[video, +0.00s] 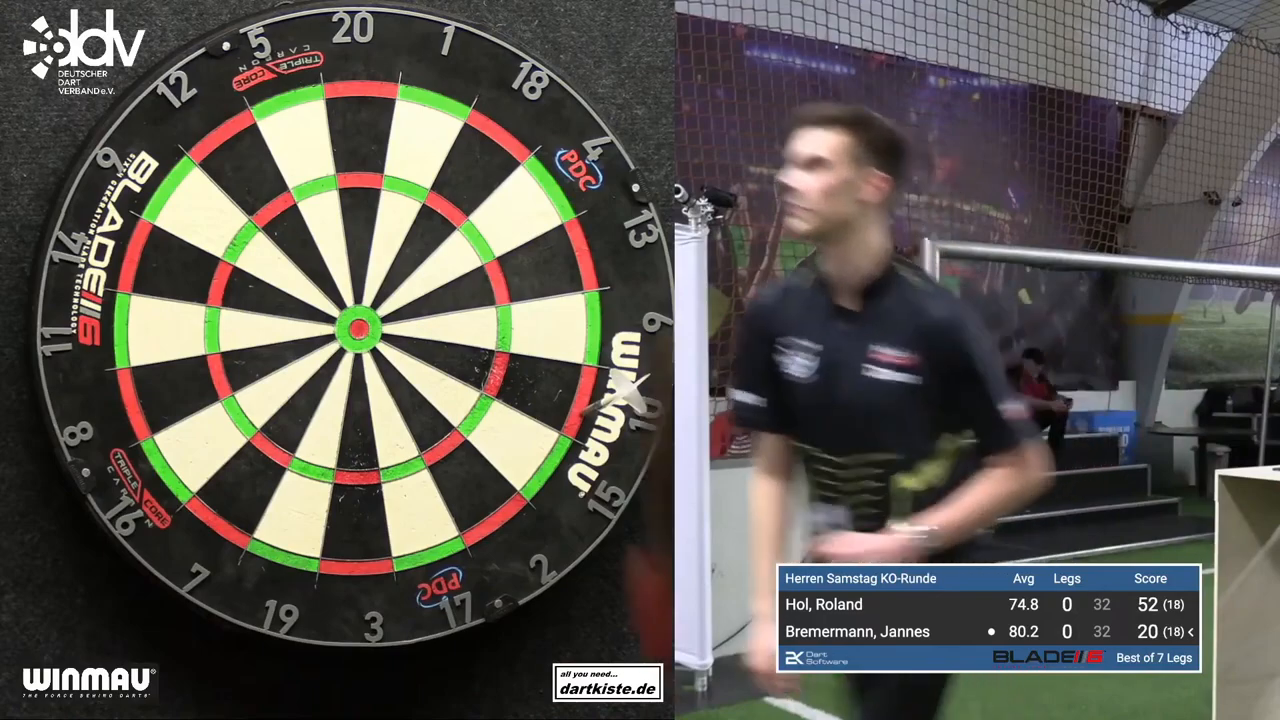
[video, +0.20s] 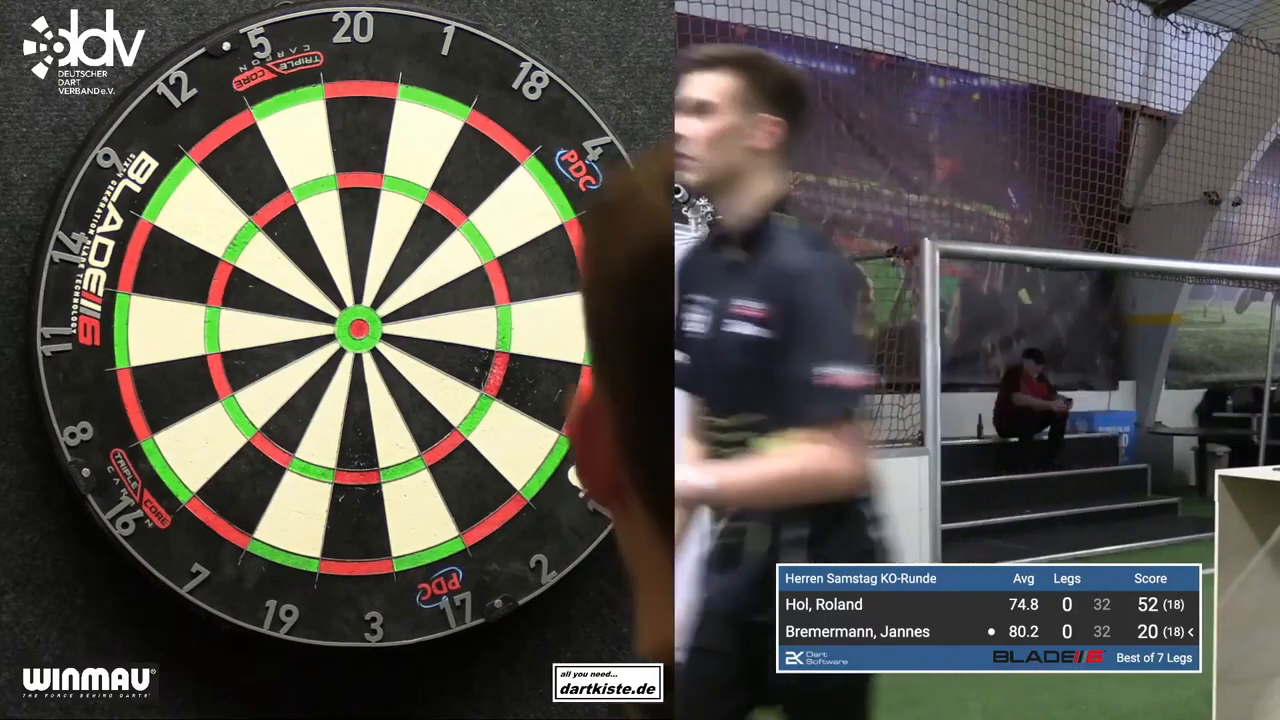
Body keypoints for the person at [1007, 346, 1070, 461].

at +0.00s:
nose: (1039, 369)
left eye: (1041, 365)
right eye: (1037, 365)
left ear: (1040, 365)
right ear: (1028, 363)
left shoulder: (1041, 378)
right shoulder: (1017, 376)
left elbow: (1051, 394)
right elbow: (1022, 399)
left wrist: (1062, 401)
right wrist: (1051, 405)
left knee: (1061, 413)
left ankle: (1054, 453)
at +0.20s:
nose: (1039, 369)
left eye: (1040, 366)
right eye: (1036, 365)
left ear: (1042, 366)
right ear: (1026, 362)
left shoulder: (1041, 379)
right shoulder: (1013, 374)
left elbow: (1052, 396)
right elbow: (1017, 399)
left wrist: (1063, 402)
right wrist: (1050, 405)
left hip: (1030, 419)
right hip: (1007, 422)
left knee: (1060, 412)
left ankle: (1052, 456)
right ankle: (1025, 460)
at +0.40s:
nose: (1038, 369)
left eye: (1040, 366)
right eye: (1036, 365)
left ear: (1042, 366)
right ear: (1026, 362)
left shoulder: (1040, 379)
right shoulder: (1013, 375)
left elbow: (1051, 396)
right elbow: (1017, 399)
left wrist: (1063, 402)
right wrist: (1050, 405)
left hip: (1030, 419)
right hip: (1007, 422)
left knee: (1060, 413)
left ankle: (1052, 457)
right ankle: (1025, 461)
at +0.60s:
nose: (1038, 369)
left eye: (1040, 366)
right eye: (1035, 365)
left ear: (1041, 366)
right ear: (1026, 362)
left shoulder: (1041, 379)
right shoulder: (1013, 375)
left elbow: (1052, 396)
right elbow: (1017, 399)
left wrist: (1063, 402)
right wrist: (1050, 405)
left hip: (1030, 420)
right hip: (1007, 422)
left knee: (1060, 413)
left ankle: (1052, 457)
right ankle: (1025, 461)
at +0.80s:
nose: (1039, 369)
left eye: (1041, 366)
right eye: (1036, 365)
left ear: (1042, 366)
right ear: (1026, 362)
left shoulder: (1041, 380)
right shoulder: (1013, 375)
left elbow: (1052, 396)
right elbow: (1017, 399)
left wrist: (1063, 402)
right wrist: (1050, 405)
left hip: (1030, 419)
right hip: (1007, 422)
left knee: (1060, 412)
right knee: (1027, 416)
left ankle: (1052, 457)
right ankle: (1025, 460)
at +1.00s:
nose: (1038, 369)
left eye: (1041, 366)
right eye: (1035, 365)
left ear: (1042, 366)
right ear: (1025, 362)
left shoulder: (1041, 379)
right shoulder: (1013, 375)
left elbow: (1051, 396)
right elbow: (1017, 399)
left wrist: (1063, 402)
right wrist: (1050, 405)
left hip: (1030, 420)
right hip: (1007, 423)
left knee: (1060, 413)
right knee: (1027, 416)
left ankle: (1052, 456)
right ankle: (1025, 461)